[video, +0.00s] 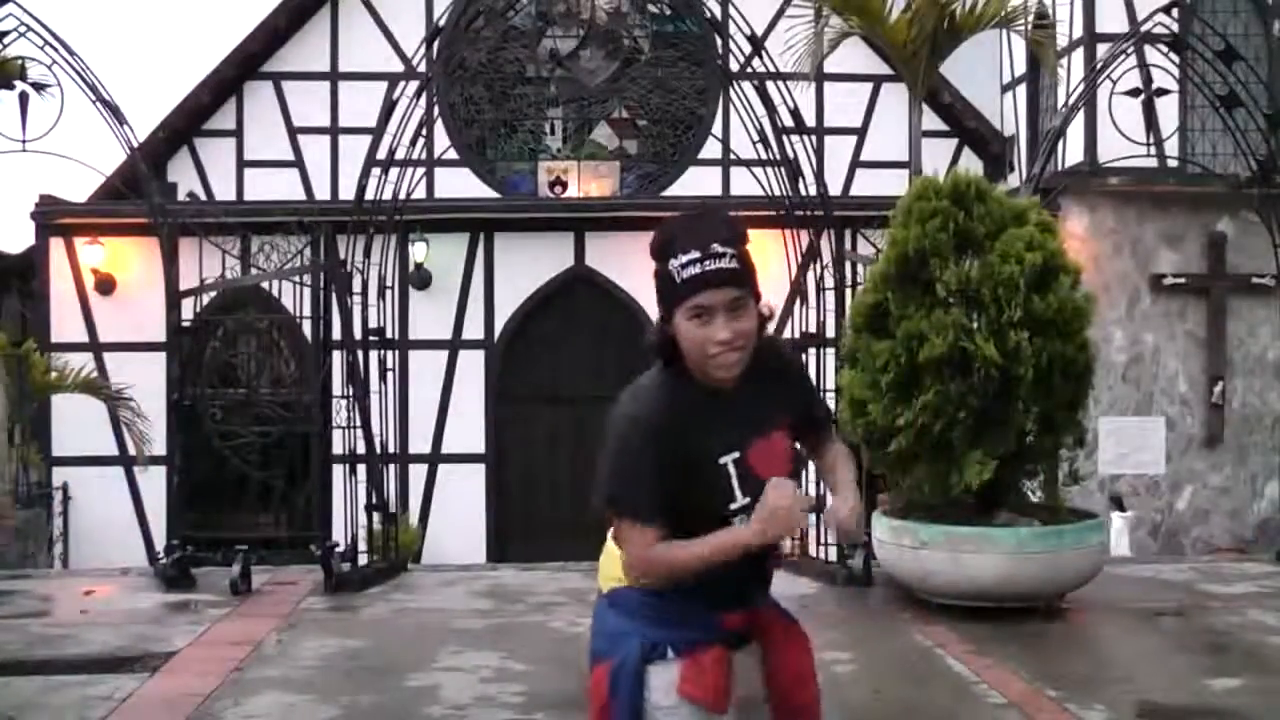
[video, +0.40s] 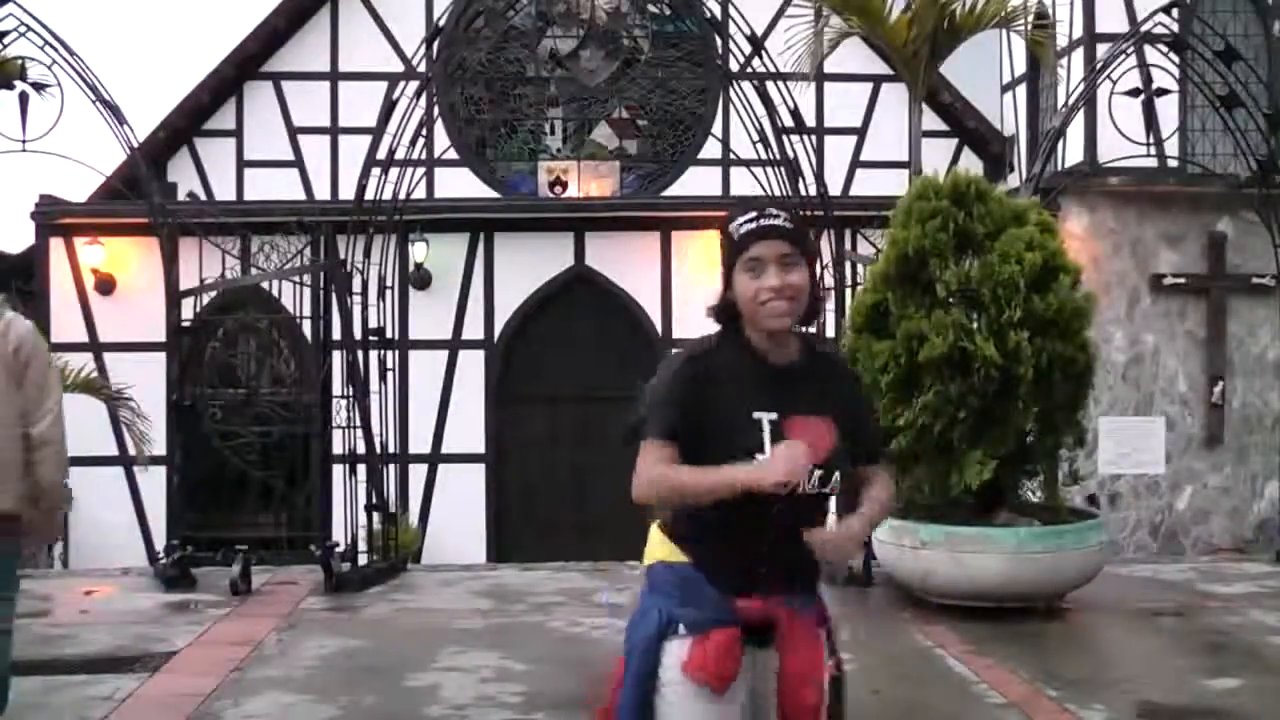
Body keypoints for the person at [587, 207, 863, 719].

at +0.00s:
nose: (724, 332)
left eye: (736, 310)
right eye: (701, 316)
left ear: (758, 308)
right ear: (671, 324)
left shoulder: (775, 370)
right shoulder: (645, 413)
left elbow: (825, 440)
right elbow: (641, 563)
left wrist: (845, 494)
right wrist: (753, 532)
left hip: (748, 611)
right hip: (662, 622)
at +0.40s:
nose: (775, 283)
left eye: (789, 266)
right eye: (755, 270)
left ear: (810, 279)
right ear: (730, 288)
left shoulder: (833, 376)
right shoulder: (691, 371)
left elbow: (880, 480)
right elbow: (647, 481)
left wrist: (855, 528)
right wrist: (755, 473)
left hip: (792, 591)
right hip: (696, 590)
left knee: (809, 704)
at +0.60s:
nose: (804, 277)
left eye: (818, 262)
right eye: (785, 265)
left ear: (839, 277)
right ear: (762, 285)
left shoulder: (864, 384)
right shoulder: (721, 358)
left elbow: (906, 489)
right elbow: (662, 462)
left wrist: (869, 496)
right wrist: (750, 462)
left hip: (816, 599)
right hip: (715, 594)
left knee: (835, 708)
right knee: (708, 711)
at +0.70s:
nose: (806, 272)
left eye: (821, 257)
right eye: (789, 259)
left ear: (844, 271)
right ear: (767, 278)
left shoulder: (868, 373)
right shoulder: (727, 349)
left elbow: (908, 495)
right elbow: (662, 448)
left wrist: (869, 452)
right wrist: (722, 502)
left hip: (820, 600)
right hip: (717, 591)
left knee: (823, 709)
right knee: (706, 710)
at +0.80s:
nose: (807, 273)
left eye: (820, 258)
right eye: (789, 261)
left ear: (843, 274)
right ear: (768, 281)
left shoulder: (871, 377)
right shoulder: (728, 350)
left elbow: (909, 497)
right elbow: (660, 449)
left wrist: (862, 449)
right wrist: (705, 496)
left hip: (821, 595)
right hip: (718, 588)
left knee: (821, 710)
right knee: (703, 711)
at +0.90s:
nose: (801, 272)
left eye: (815, 258)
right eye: (784, 261)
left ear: (838, 274)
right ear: (763, 280)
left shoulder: (873, 380)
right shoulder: (724, 351)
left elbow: (909, 491)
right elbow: (656, 450)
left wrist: (841, 475)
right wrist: (704, 472)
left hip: (821, 598)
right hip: (716, 592)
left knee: (825, 709)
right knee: (700, 711)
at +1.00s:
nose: (783, 272)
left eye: (799, 258)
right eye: (767, 261)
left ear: (825, 276)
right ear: (748, 283)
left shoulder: (859, 377)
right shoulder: (716, 356)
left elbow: (899, 490)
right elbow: (650, 459)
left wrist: (819, 518)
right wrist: (712, 432)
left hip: (817, 601)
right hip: (709, 596)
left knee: (822, 709)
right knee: (685, 709)